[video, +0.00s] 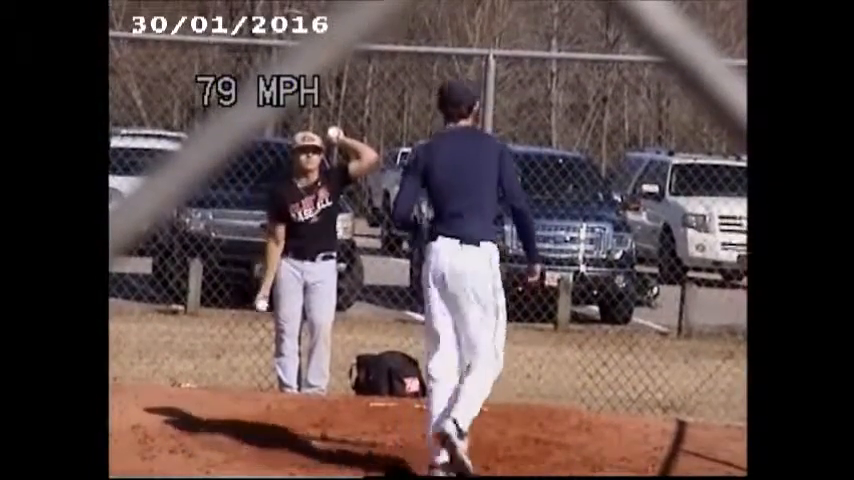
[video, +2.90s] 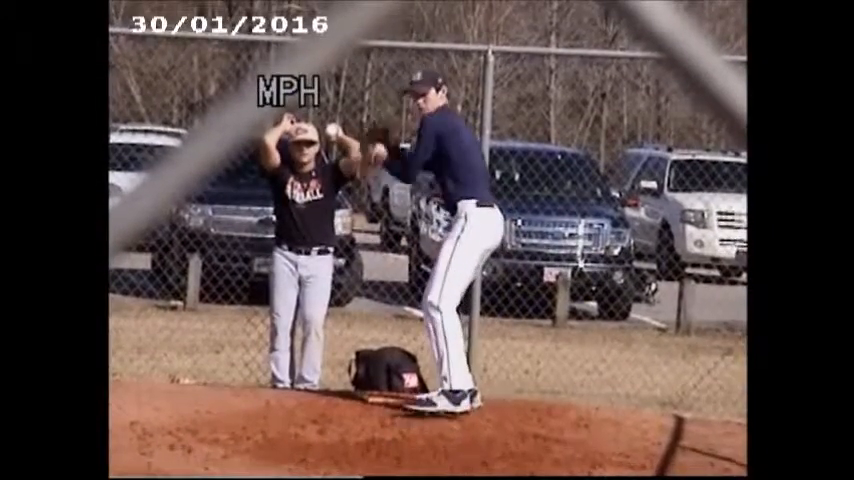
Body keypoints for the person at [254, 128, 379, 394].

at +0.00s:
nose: (308, 156)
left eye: (313, 151)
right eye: (303, 152)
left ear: (322, 155)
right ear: (294, 156)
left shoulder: (333, 179)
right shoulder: (283, 191)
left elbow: (371, 158)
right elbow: (276, 239)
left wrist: (343, 140)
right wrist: (265, 287)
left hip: (324, 264)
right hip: (290, 262)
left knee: (322, 327)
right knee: (287, 327)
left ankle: (316, 388)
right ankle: (287, 387)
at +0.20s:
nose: (310, 156)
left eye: (315, 152)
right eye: (305, 152)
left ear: (323, 156)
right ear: (295, 156)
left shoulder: (333, 179)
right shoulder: (286, 190)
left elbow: (373, 161)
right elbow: (287, 230)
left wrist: (343, 142)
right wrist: (293, 262)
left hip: (324, 263)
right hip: (291, 261)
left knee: (321, 327)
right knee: (287, 328)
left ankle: (316, 389)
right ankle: (287, 388)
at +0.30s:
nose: (310, 153)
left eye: (316, 148)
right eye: (305, 148)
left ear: (323, 153)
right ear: (295, 153)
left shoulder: (333, 177)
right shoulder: (285, 183)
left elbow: (373, 158)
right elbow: (293, 227)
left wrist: (343, 139)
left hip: (322, 259)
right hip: (288, 259)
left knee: (321, 324)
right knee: (286, 324)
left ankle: (316, 386)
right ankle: (287, 385)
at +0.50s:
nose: (311, 161)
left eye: (316, 157)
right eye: (306, 153)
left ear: (324, 155)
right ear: (296, 158)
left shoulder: (334, 175)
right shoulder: (289, 179)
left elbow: (374, 158)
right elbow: (286, 204)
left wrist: (344, 139)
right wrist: (299, 166)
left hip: (324, 259)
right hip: (289, 259)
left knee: (321, 323)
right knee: (287, 323)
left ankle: (316, 384)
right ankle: (288, 383)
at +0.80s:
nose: (315, 150)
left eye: (320, 145)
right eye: (309, 145)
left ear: (327, 150)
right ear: (298, 150)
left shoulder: (335, 174)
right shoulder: (289, 175)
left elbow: (373, 160)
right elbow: (279, 187)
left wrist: (346, 140)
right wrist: (296, 144)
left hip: (324, 260)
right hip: (290, 258)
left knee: (322, 325)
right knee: (287, 325)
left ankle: (316, 385)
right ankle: (288, 385)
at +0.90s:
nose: (309, 153)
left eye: (315, 147)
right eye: (303, 148)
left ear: (323, 149)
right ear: (294, 149)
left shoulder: (333, 174)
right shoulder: (283, 173)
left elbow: (362, 154)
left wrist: (340, 137)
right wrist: (280, 126)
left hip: (317, 259)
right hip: (283, 258)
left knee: (313, 324)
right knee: (276, 322)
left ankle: (308, 384)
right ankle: (280, 383)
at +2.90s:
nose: (304, 150)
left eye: (310, 144)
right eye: (299, 145)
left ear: (318, 147)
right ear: (290, 147)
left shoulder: (330, 173)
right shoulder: (281, 173)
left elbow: (355, 156)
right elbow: (268, 146)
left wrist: (340, 137)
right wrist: (283, 126)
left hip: (320, 258)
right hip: (285, 256)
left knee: (314, 322)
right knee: (280, 320)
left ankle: (309, 380)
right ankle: (280, 379)